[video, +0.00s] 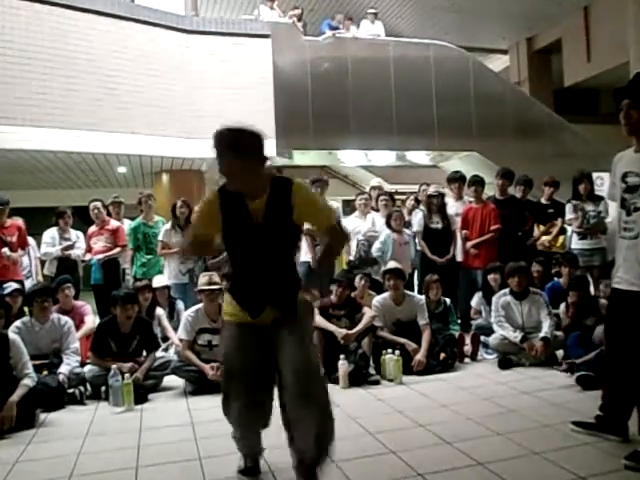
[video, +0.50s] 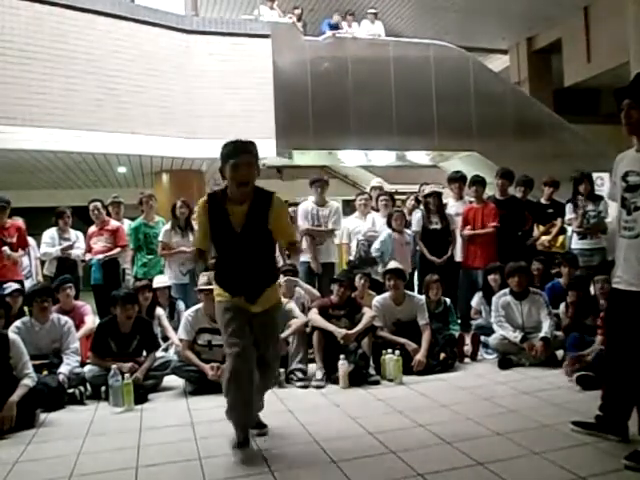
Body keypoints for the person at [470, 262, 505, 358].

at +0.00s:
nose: (493, 277)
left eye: (496, 273)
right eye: (490, 274)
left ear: (501, 276)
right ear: (486, 277)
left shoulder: (506, 293)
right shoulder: (480, 295)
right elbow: (473, 315)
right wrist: (487, 320)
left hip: (503, 325)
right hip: (486, 325)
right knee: (478, 328)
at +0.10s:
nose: (493, 277)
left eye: (496, 273)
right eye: (490, 274)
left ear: (501, 276)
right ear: (486, 277)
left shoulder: (506, 293)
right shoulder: (480, 295)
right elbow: (473, 315)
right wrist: (487, 320)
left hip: (503, 325)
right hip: (486, 325)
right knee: (478, 328)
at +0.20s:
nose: (493, 277)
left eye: (496, 274)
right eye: (490, 274)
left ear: (501, 276)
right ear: (486, 277)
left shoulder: (506, 294)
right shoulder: (480, 295)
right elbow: (474, 314)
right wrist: (487, 320)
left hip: (503, 325)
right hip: (486, 325)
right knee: (478, 328)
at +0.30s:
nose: (493, 277)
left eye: (496, 274)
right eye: (490, 274)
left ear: (501, 276)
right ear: (486, 278)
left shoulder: (506, 294)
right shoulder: (480, 295)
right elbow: (474, 314)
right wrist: (487, 320)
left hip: (503, 325)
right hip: (486, 325)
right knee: (478, 328)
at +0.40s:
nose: (493, 277)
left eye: (496, 274)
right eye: (490, 274)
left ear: (501, 276)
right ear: (486, 278)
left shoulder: (506, 294)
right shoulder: (480, 295)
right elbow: (474, 314)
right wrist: (487, 320)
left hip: (503, 325)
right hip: (486, 325)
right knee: (478, 328)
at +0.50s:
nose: (493, 277)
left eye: (496, 274)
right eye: (490, 274)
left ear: (501, 276)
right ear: (486, 278)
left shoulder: (506, 294)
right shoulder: (480, 295)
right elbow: (474, 314)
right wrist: (487, 320)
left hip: (503, 325)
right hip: (486, 325)